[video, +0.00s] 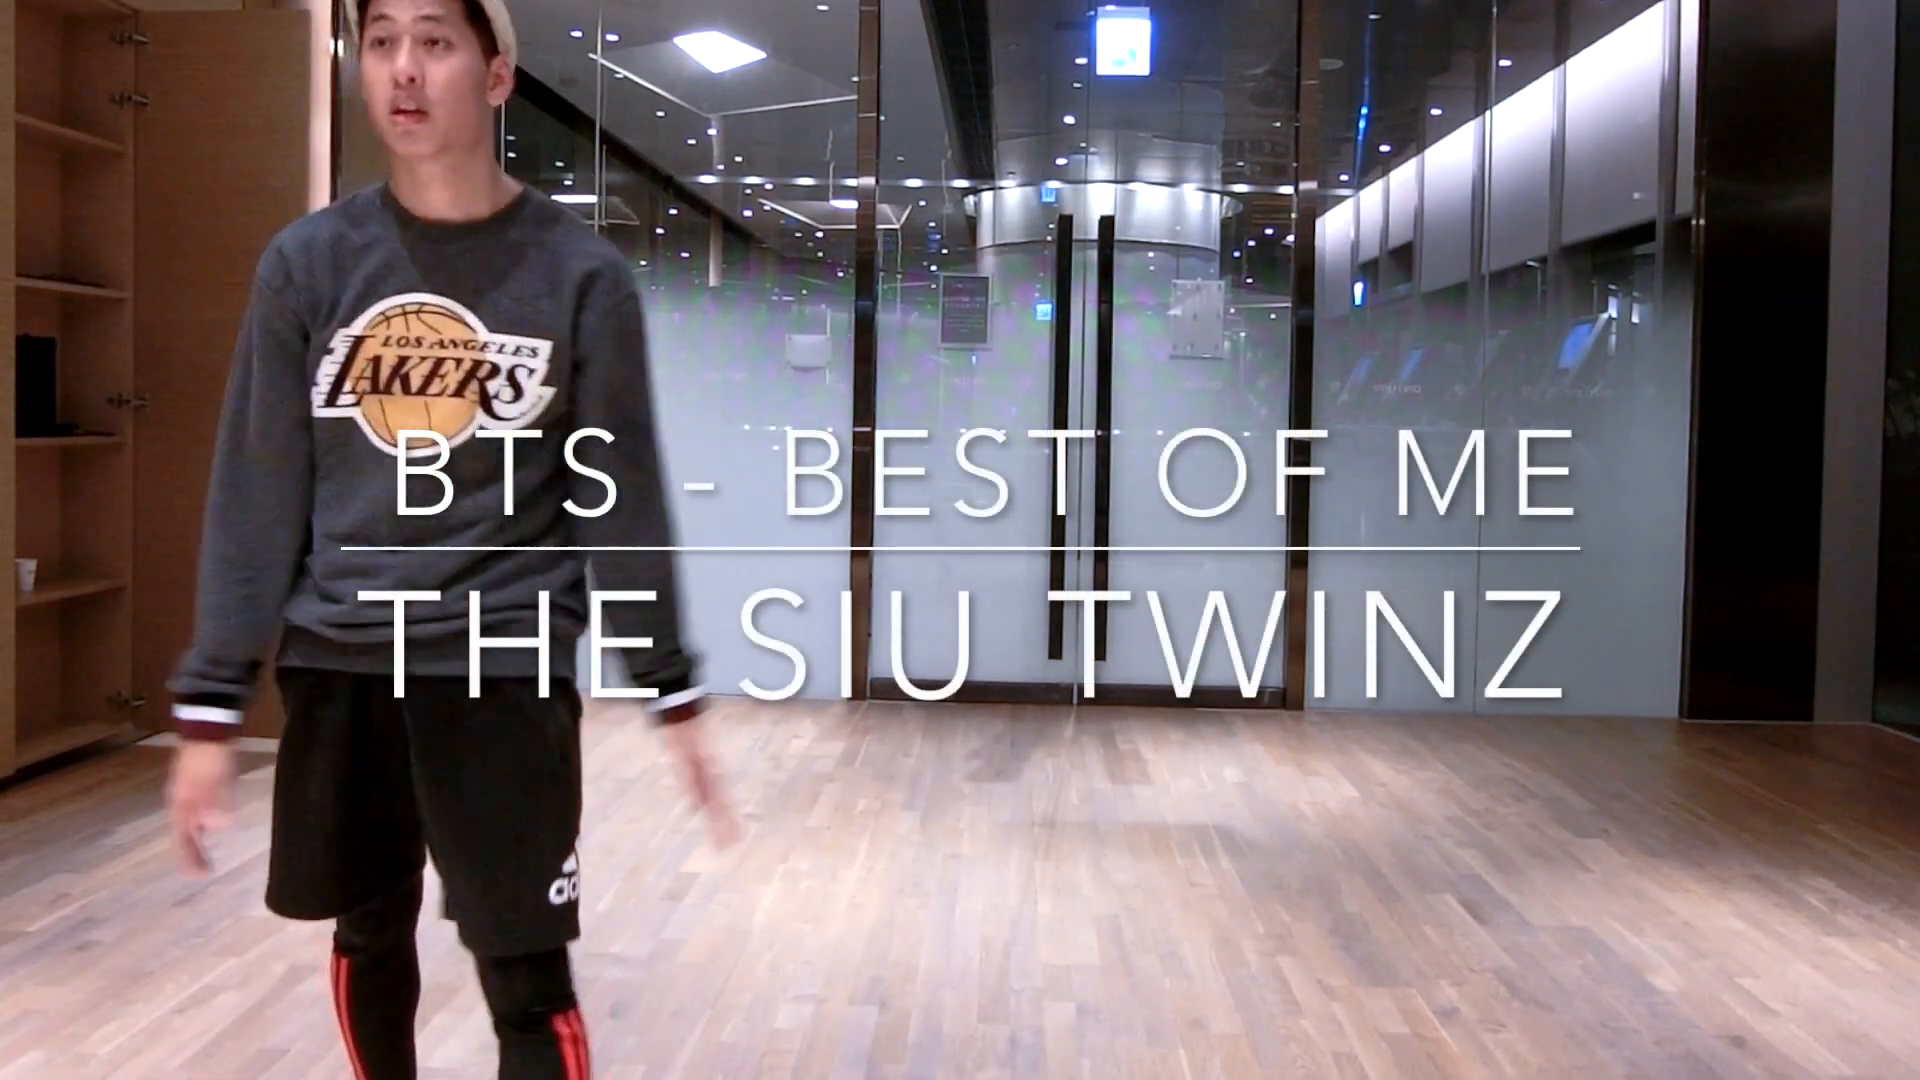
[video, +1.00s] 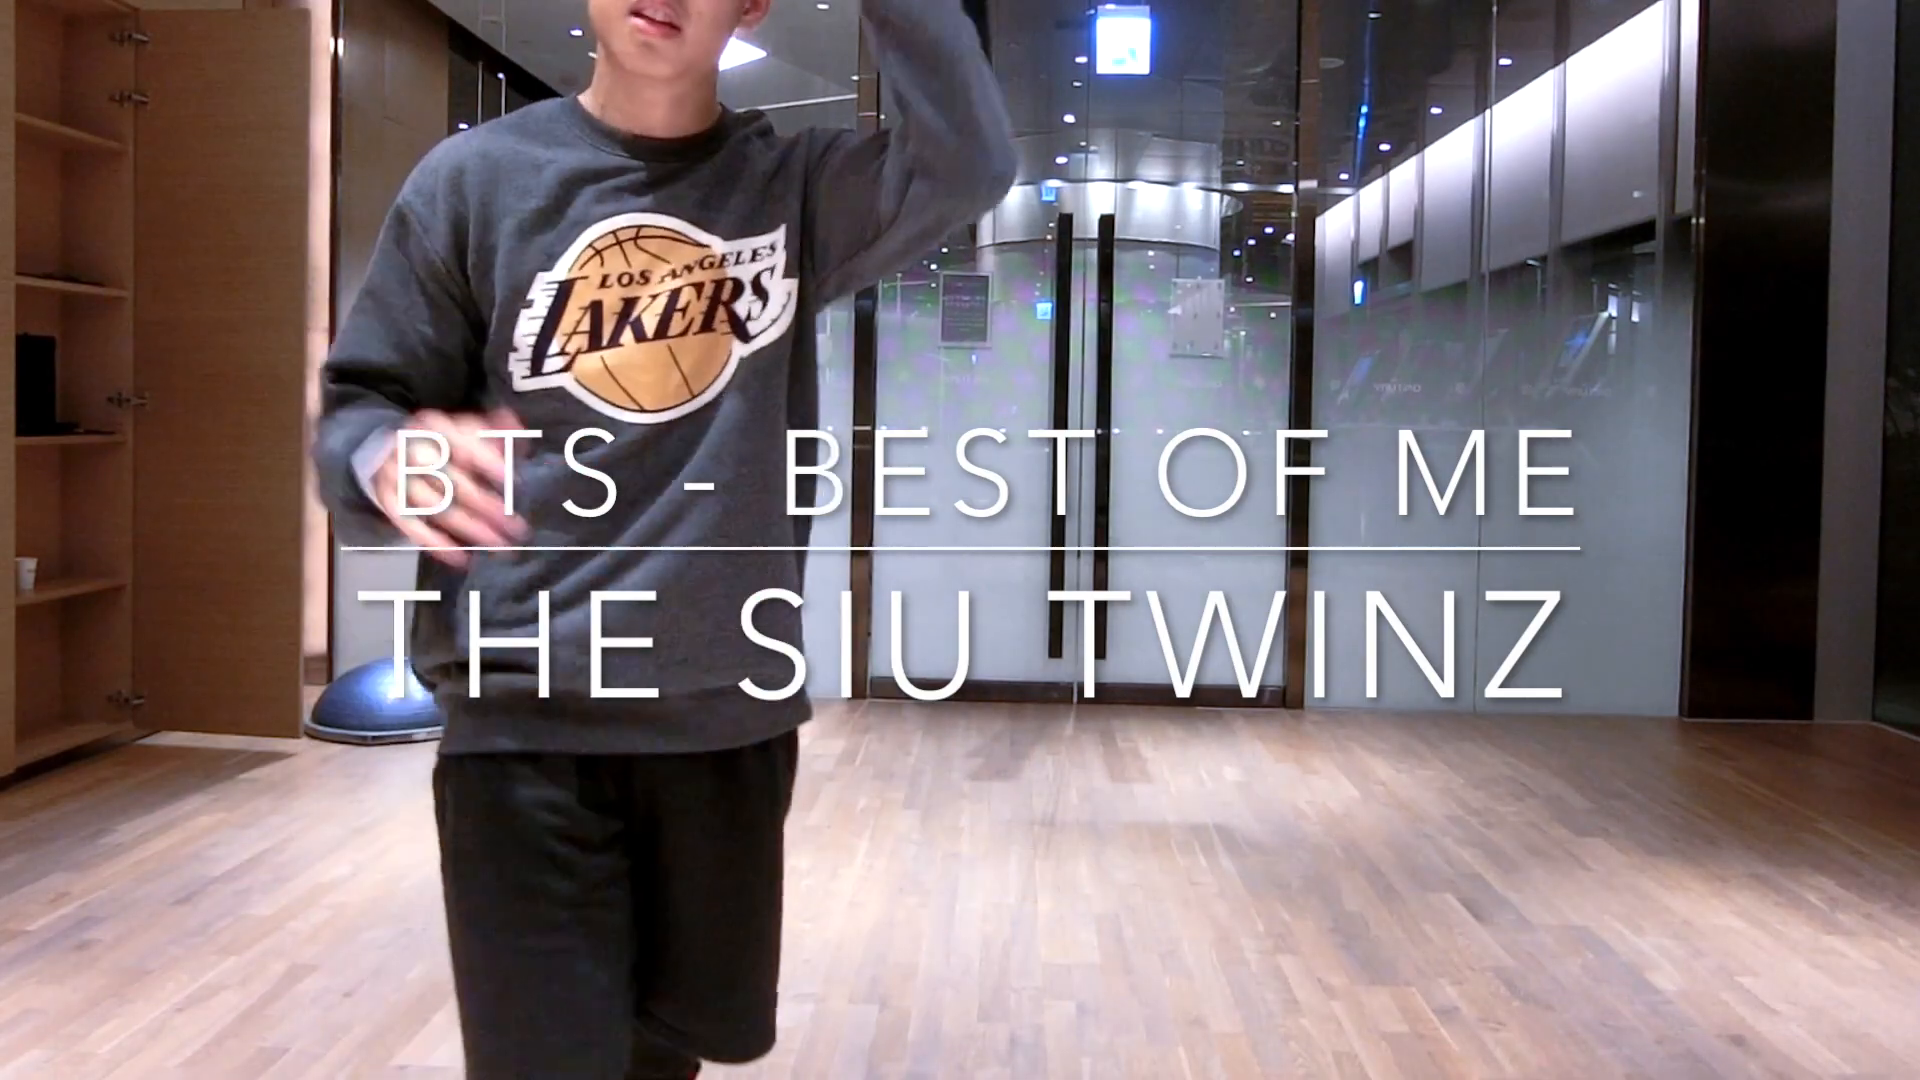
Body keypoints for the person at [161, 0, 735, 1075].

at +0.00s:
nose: (406, 72)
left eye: (437, 44)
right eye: (383, 45)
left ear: (497, 76)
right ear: (356, 77)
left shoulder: (579, 268)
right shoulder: (306, 262)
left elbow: (623, 494)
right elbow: (254, 496)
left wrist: (674, 698)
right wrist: (206, 714)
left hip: (508, 674)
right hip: (343, 671)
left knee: (524, 979)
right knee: (368, 947)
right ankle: (385, 1079)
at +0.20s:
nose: (460, 22)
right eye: (439, 4)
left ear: (565, 37)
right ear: (412, 39)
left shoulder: (645, 233)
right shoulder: (346, 228)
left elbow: (745, 406)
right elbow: (248, 388)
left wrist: (848, 546)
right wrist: (159, 516)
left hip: (570, 652)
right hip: (387, 646)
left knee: (572, 953)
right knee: (388, 933)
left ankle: (583, 1064)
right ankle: (391, 1074)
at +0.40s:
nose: (553, 18)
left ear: (648, 23)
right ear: (495, 27)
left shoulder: (725, 242)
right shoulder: (403, 206)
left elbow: (829, 450)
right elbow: (279, 394)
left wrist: (931, 619)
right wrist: (172, 562)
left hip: (620, 677)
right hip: (424, 671)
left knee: (607, 1006)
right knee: (384, 993)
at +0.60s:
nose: (614, 3)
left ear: (710, 15)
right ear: (554, 10)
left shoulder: (772, 234)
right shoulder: (456, 193)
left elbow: (824, 495)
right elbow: (376, 463)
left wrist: (829, 725)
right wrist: (363, 679)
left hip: (661, 704)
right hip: (461, 698)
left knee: (630, 1036)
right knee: (414, 1043)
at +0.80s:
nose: (651, 21)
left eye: (688, 5)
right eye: (641, 1)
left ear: (744, 24)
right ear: (602, 14)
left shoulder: (779, 183)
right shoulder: (472, 168)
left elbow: (893, 389)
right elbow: (381, 426)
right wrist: (508, 477)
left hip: (692, 688)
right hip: (498, 681)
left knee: (644, 1043)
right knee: (474, 1047)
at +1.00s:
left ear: (747, 13)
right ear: (595, 2)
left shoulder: (792, 181)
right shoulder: (470, 180)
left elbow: (966, 160)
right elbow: (355, 404)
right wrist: (388, 458)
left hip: (724, 726)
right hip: (523, 727)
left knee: (673, 1050)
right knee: (546, 1063)